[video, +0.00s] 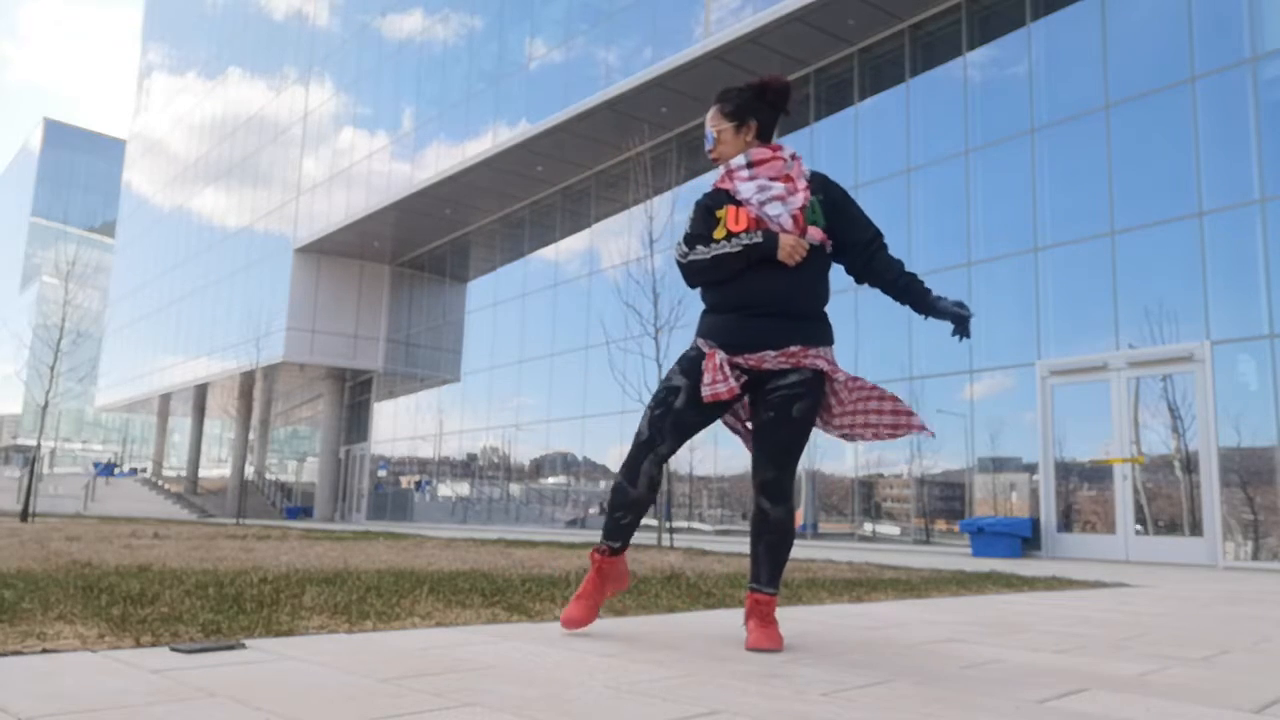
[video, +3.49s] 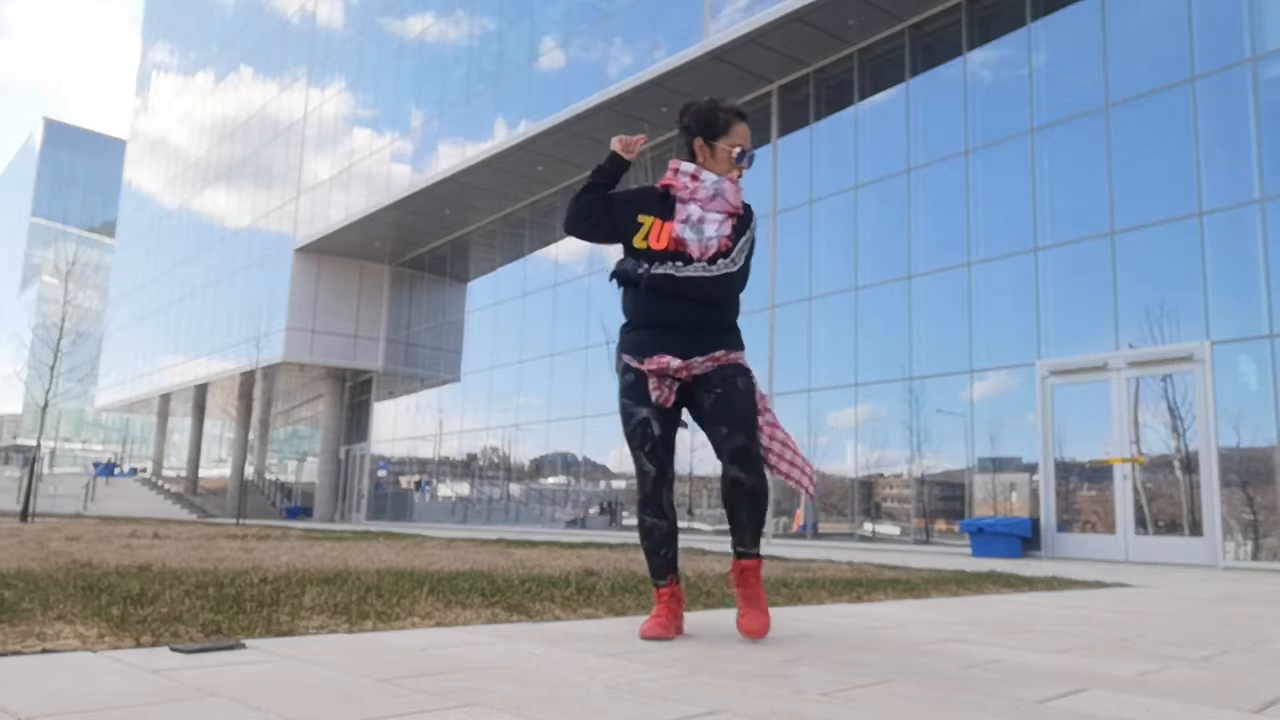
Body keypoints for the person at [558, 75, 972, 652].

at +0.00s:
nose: (709, 148)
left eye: (715, 136)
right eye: (708, 138)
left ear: (750, 132)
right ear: (733, 134)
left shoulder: (817, 194)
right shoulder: (716, 200)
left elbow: (871, 259)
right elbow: (690, 264)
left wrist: (931, 303)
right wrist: (765, 243)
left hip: (792, 359)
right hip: (716, 354)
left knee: (773, 484)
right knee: (650, 441)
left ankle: (762, 608)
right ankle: (607, 562)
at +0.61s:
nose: (714, 141)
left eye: (724, 130)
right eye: (715, 130)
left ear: (760, 133)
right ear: (739, 134)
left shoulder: (819, 202)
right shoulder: (715, 206)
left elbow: (874, 265)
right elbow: (675, 279)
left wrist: (946, 292)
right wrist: (706, 257)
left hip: (795, 362)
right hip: (720, 357)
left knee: (776, 487)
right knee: (702, 456)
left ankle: (761, 609)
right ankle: (660, 563)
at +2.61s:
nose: (757, 120)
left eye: (769, 110)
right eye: (744, 110)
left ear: (784, 120)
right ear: (727, 121)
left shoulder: (810, 191)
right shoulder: (704, 194)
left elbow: (845, 264)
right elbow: (675, 265)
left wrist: (880, 314)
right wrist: (653, 222)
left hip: (788, 351)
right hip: (711, 351)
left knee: (776, 481)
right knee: (681, 466)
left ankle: (764, 607)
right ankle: (672, 582)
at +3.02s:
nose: (737, 137)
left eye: (746, 129)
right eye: (726, 126)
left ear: (753, 136)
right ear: (697, 131)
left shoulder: (766, 203)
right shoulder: (666, 200)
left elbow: (803, 270)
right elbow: (616, 254)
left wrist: (798, 279)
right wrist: (607, 197)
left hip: (739, 356)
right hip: (668, 358)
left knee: (746, 477)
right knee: (670, 479)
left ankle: (758, 605)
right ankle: (667, 598)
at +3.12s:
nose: (737, 146)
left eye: (744, 138)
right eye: (726, 136)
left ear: (748, 144)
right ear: (695, 140)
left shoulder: (757, 208)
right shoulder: (659, 207)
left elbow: (792, 276)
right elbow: (602, 249)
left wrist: (749, 280)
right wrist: (601, 185)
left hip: (729, 359)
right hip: (661, 360)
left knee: (713, 459)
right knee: (664, 474)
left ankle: (732, 589)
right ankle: (667, 596)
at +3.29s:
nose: (739, 154)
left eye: (742, 145)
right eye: (728, 144)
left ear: (742, 147)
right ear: (693, 146)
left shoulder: (748, 209)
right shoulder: (657, 209)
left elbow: (749, 271)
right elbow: (593, 235)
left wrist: (659, 269)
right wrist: (608, 169)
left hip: (715, 362)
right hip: (649, 360)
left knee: (679, 460)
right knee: (654, 474)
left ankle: (698, 584)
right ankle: (665, 597)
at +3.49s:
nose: (742, 166)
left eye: (746, 156)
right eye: (734, 154)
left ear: (734, 156)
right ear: (699, 149)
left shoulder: (739, 215)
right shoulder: (647, 204)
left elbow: (727, 276)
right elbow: (580, 221)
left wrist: (636, 268)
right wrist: (614, 164)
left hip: (716, 354)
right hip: (647, 355)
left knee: (745, 458)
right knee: (653, 473)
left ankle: (748, 574)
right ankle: (667, 596)